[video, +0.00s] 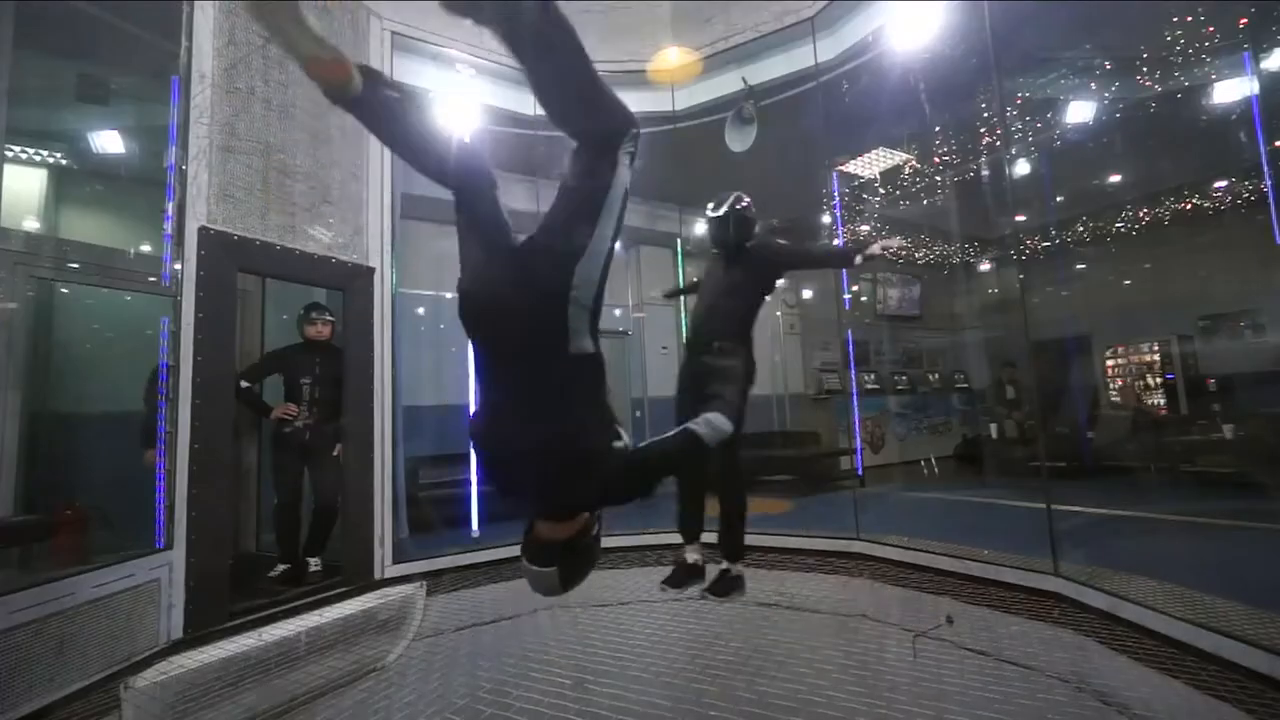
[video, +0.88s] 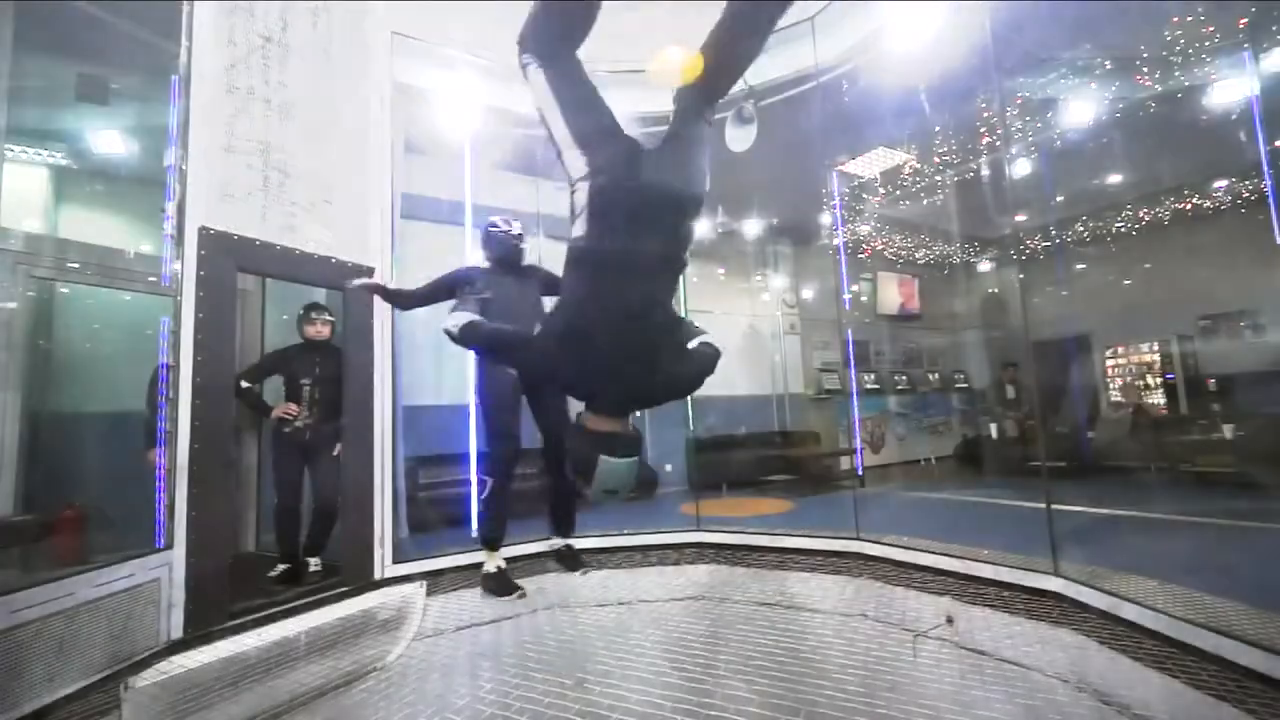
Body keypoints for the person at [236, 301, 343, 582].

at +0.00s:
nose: (320, 328)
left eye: (325, 323)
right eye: (314, 323)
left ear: (333, 327)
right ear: (302, 326)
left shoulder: (341, 359)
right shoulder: (287, 356)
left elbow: (353, 400)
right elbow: (242, 384)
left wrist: (344, 438)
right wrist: (269, 411)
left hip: (325, 439)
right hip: (289, 439)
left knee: (329, 501)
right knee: (287, 499)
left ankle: (313, 555)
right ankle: (287, 560)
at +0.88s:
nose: (319, 327)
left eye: (325, 322)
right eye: (313, 322)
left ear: (333, 327)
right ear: (302, 326)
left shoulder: (341, 359)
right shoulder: (287, 356)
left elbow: (355, 400)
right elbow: (243, 383)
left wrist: (346, 437)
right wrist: (269, 410)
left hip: (326, 439)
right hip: (289, 439)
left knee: (328, 502)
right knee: (288, 500)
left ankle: (313, 555)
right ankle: (288, 561)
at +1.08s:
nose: (324, 328)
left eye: (329, 323)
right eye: (317, 321)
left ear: (333, 328)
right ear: (301, 323)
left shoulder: (333, 359)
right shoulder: (278, 349)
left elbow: (321, 394)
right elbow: (223, 359)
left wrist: (294, 374)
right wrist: (248, 396)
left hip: (300, 442)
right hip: (265, 438)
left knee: (302, 505)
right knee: (261, 505)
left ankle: (243, 553)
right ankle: (254, 572)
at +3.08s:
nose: (321, 324)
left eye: (326, 320)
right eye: (314, 319)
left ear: (331, 326)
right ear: (300, 323)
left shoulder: (334, 357)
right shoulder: (279, 348)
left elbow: (333, 392)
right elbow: (224, 361)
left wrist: (292, 373)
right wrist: (250, 398)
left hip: (302, 441)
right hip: (264, 436)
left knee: (302, 505)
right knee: (259, 504)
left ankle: (242, 553)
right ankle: (254, 569)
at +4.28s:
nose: (309, 326)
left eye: (316, 322)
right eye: (306, 318)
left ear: (325, 328)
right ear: (298, 318)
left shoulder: (330, 359)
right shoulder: (280, 346)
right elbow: (223, 362)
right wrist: (248, 398)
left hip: (301, 437)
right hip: (265, 434)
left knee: (302, 505)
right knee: (259, 506)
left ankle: (242, 554)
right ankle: (256, 571)